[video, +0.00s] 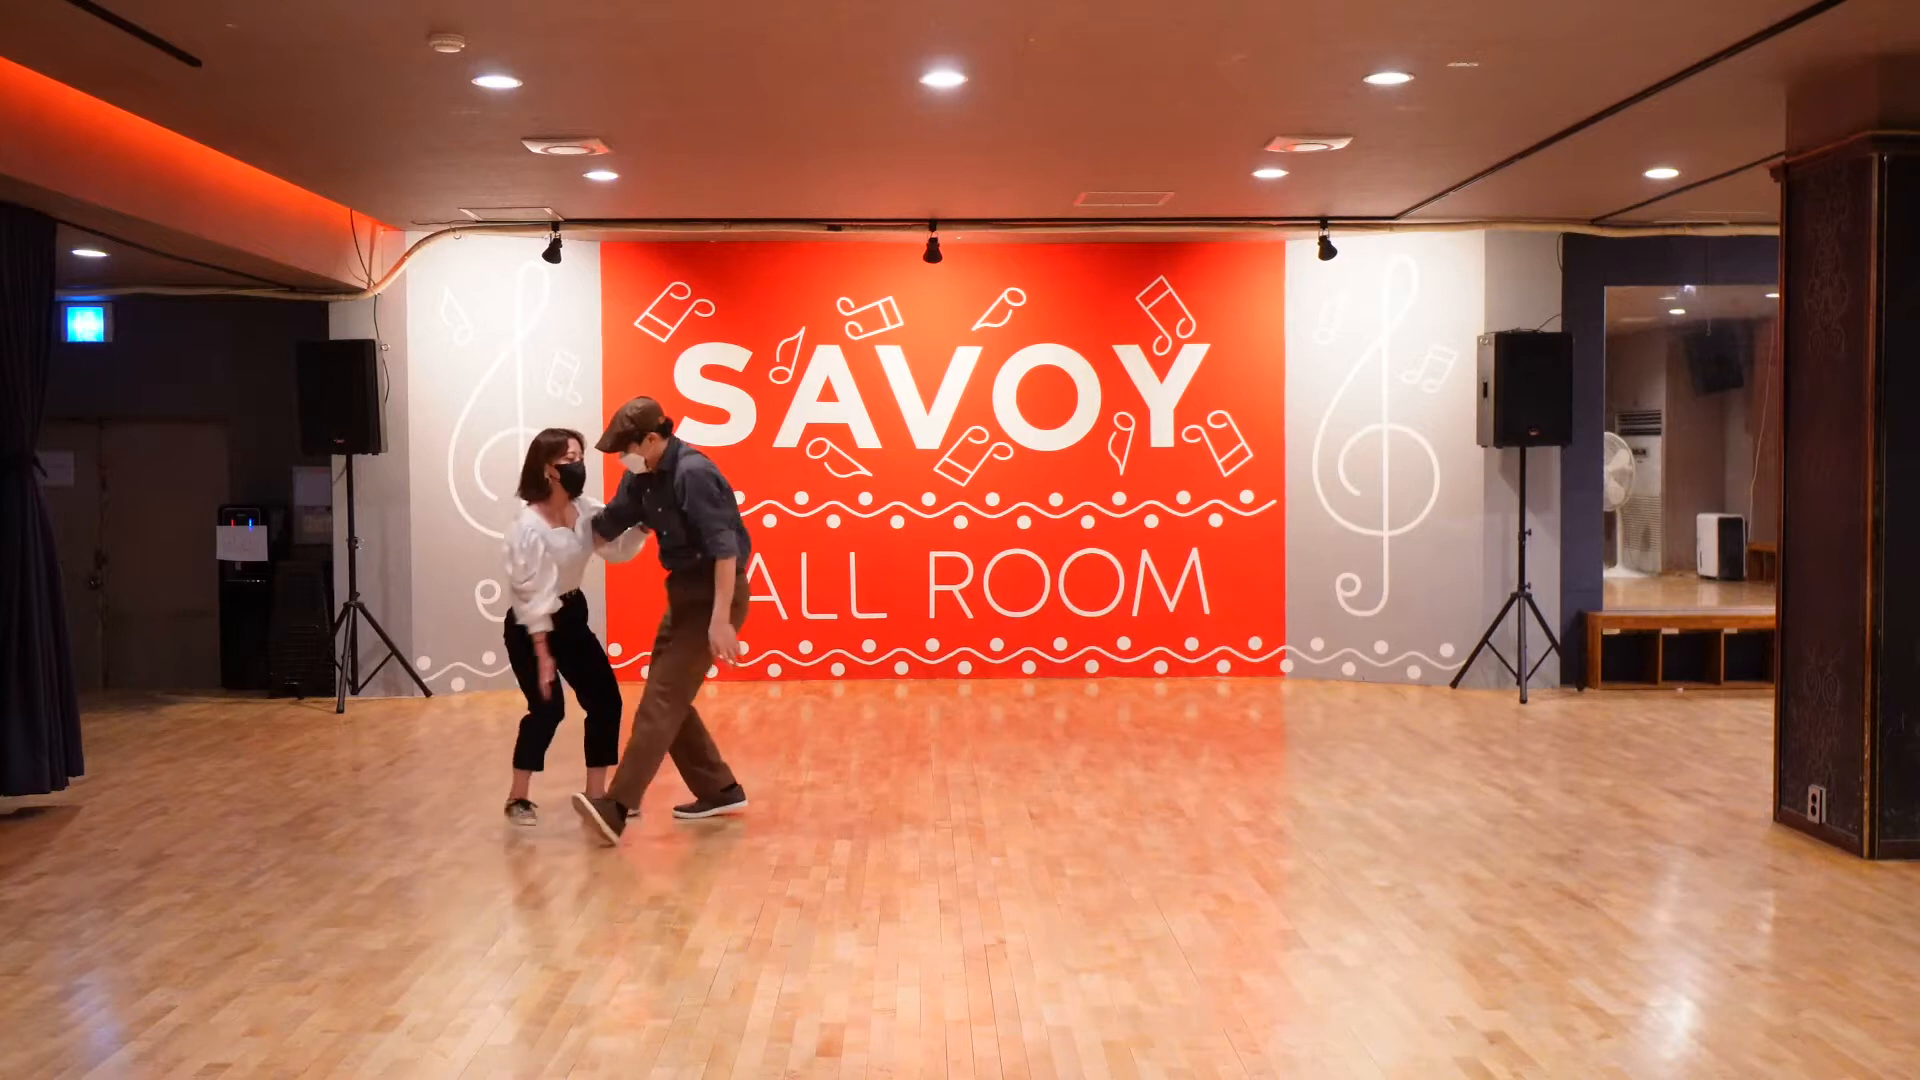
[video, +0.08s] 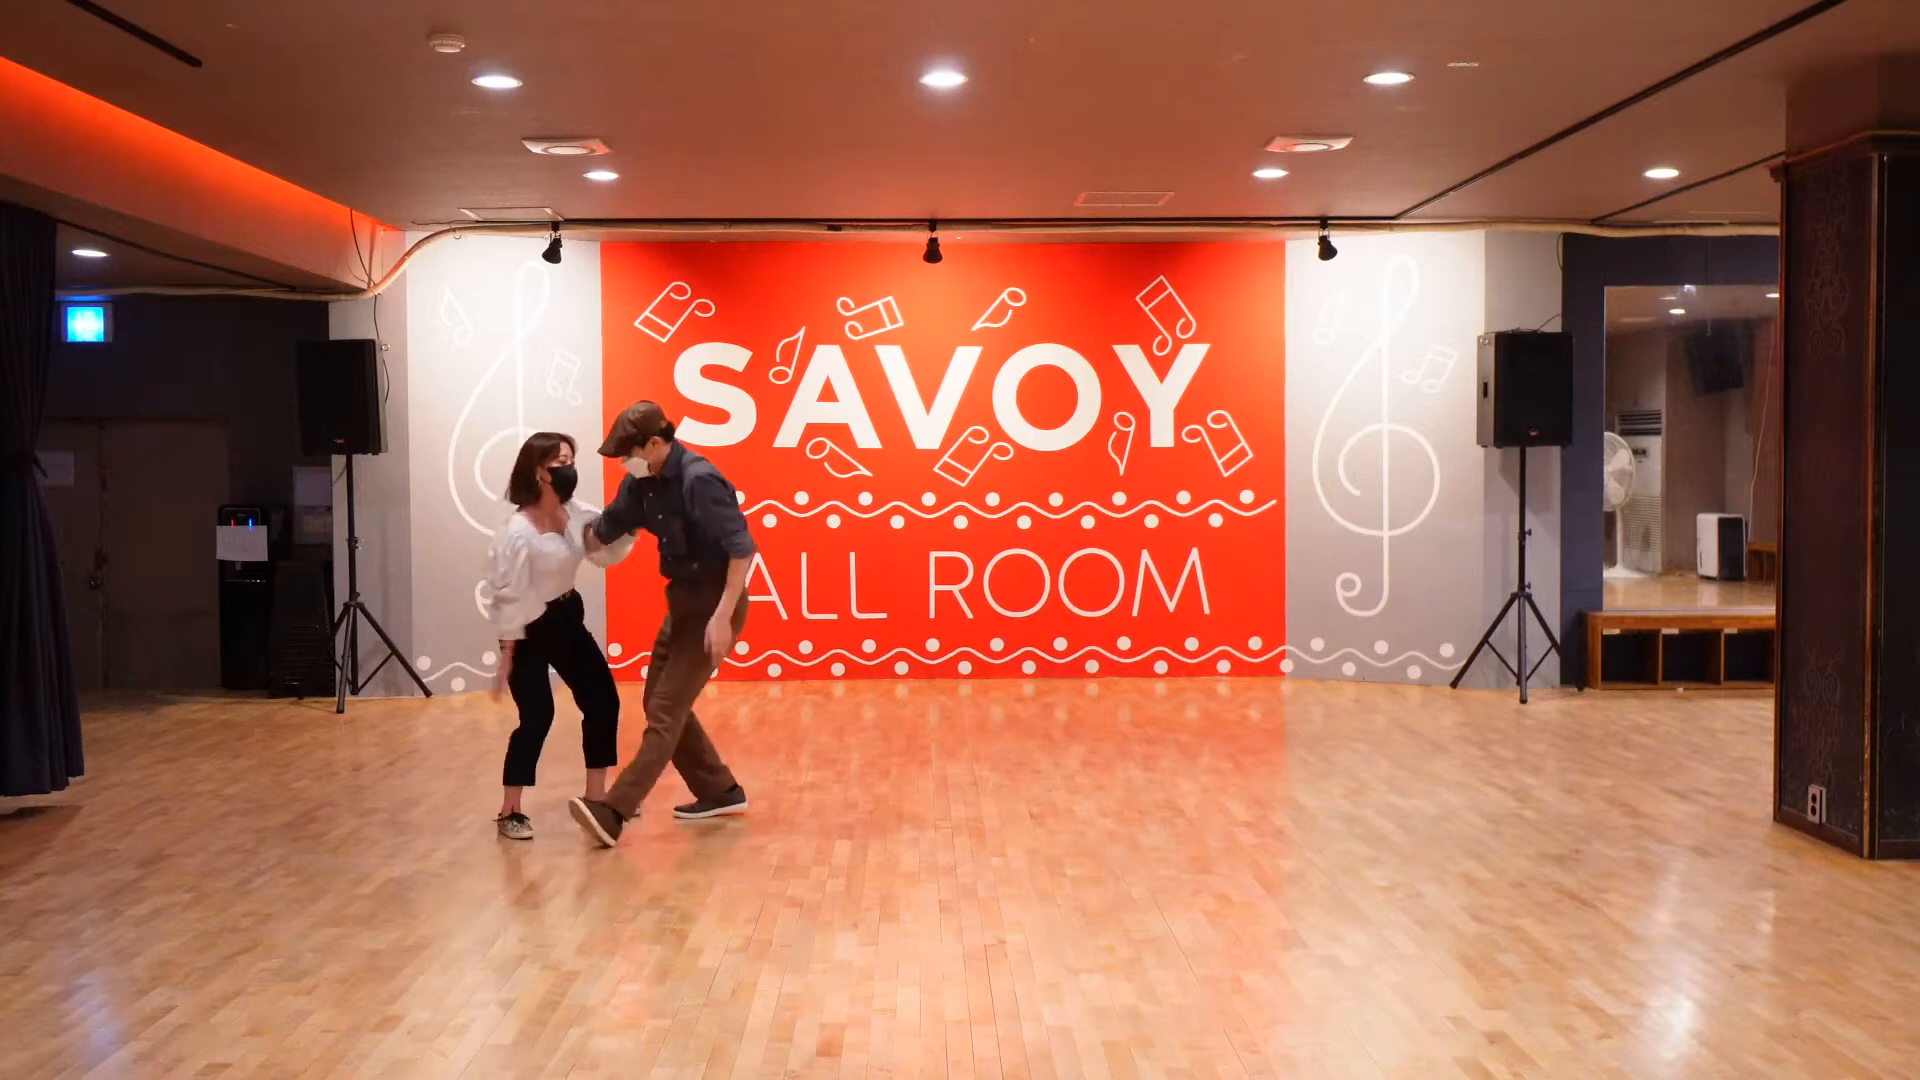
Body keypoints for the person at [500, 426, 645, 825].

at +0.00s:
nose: (580, 467)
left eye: (581, 460)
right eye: (571, 461)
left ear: (579, 467)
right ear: (549, 471)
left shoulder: (586, 512)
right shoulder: (527, 529)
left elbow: (616, 550)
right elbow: (531, 598)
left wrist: (644, 511)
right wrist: (543, 656)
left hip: (570, 615)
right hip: (528, 622)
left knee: (605, 700)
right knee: (547, 707)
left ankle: (596, 796)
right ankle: (518, 798)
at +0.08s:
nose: (568, 471)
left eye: (571, 464)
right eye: (559, 465)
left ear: (572, 469)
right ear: (538, 474)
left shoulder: (573, 514)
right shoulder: (517, 532)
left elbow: (606, 549)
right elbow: (506, 598)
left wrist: (633, 512)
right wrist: (506, 654)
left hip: (565, 621)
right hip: (525, 630)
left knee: (603, 701)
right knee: (537, 715)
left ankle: (596, 798)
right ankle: (510, 811)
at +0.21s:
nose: (563, 467)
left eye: (563, 460)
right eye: (554, 461)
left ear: (550, 469)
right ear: (532, 472)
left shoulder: (567, 514)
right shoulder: (506, 532)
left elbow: (598, 552)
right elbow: (476, 595)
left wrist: (626, 526)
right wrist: (454, 653)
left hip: (554, 619)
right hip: (512, 625)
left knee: (597, 697)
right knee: (531, 713)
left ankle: (596, 794)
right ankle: (512, 812)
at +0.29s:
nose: (562, 466)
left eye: (562, 459)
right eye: (554, 460)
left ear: (550, 467)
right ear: (530, 469)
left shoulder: (565, 513)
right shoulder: (502, 528)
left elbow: (591, 560)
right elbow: (467, 589)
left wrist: (624, 533)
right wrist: (443, 644)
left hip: (549, 618)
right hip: (507, 623)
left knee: (596, 696)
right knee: (528, 713)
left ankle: (588, 789)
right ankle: (511, 811)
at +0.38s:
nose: (564, 467)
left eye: (564, 460)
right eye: (555, 461)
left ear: (557, 469)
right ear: (531, 470)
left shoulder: (567, 515)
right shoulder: (504, 526)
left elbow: (588, 570)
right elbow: (468, 585)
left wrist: (620, 549)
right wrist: (452, 640)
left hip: (549, 623)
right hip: (508, 625)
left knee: (593, 704)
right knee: (531, 717)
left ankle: (571, 797)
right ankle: (511, 812)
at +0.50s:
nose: (567, 469)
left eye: (569, 461)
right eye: (558, 462)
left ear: (569, 466)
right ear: (534, 470)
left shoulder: (573, 517)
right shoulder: (507, 524)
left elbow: (593, 573)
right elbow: (480, 584)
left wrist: (628, 554)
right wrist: (492, 609)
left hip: (555, 623)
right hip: (513, 626)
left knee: (588, 707)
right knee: (536, 711)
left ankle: (568, 801)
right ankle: (515, 804)